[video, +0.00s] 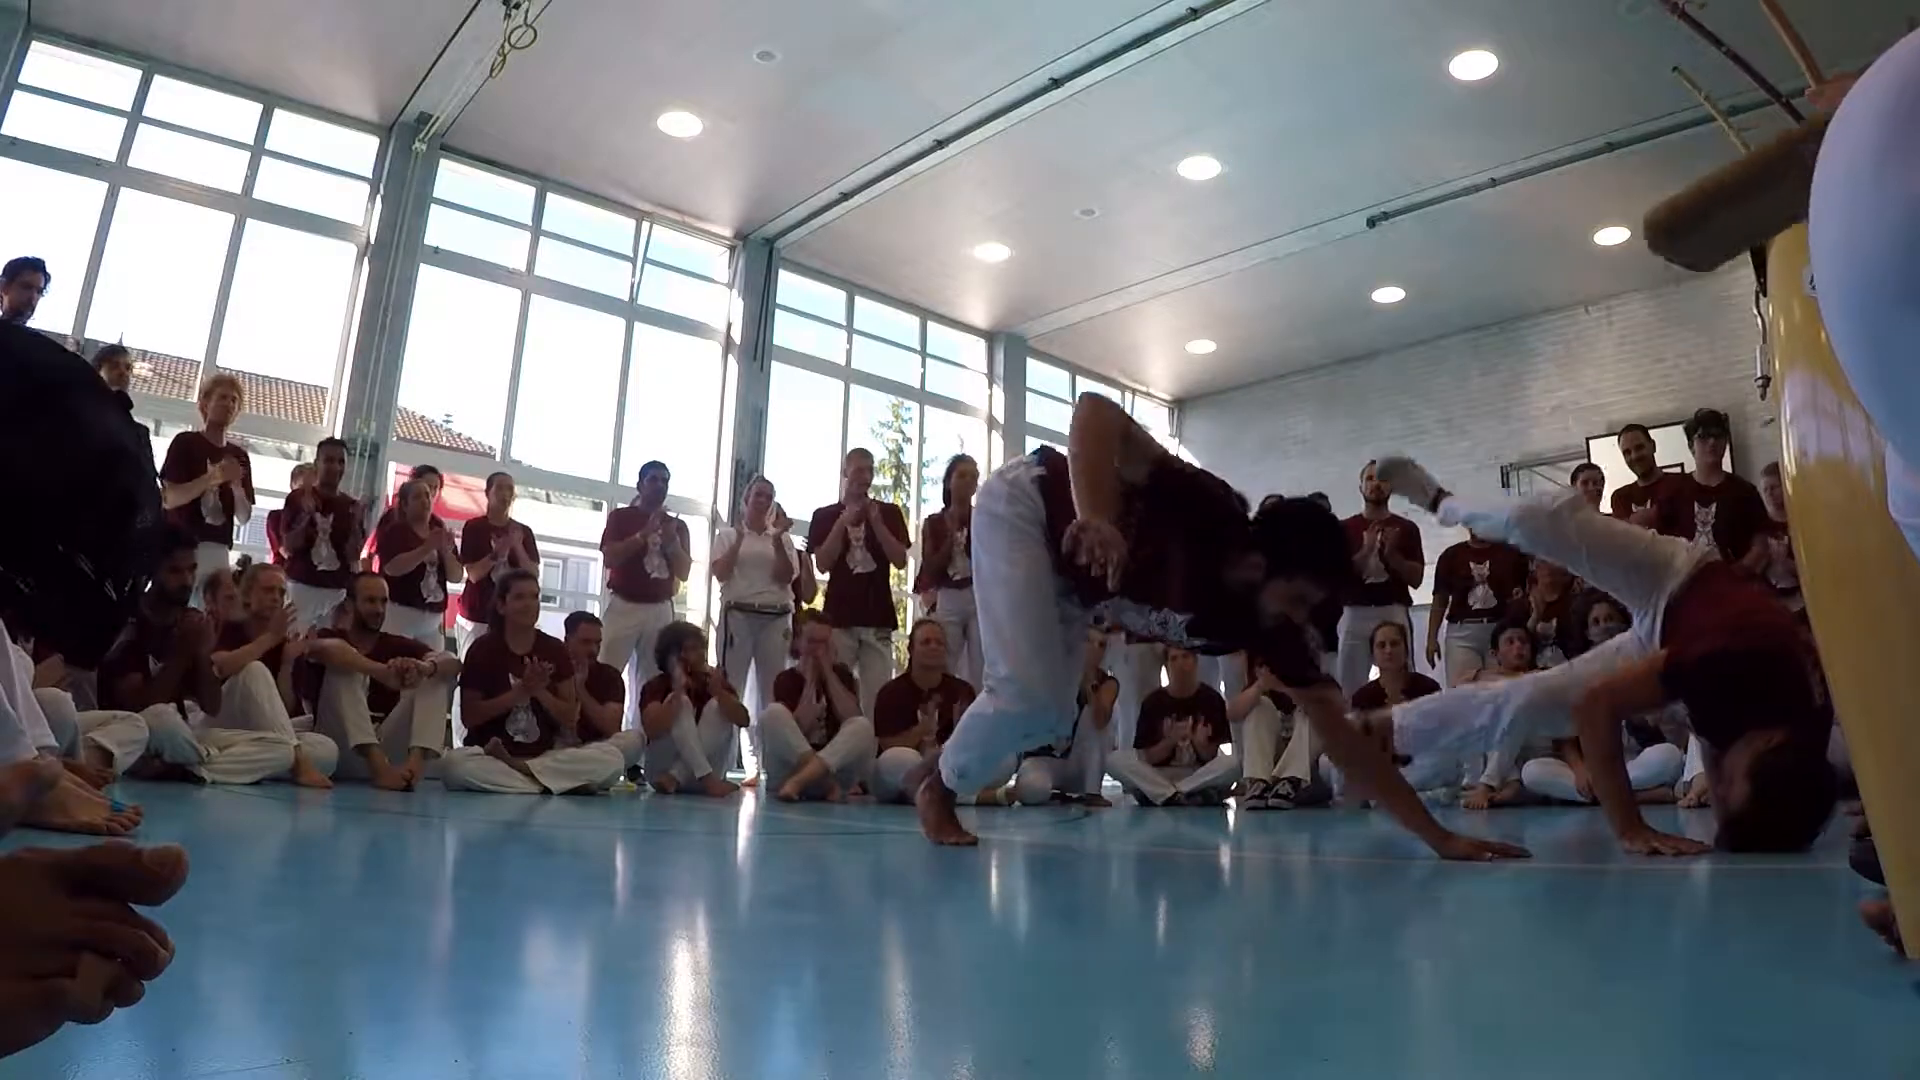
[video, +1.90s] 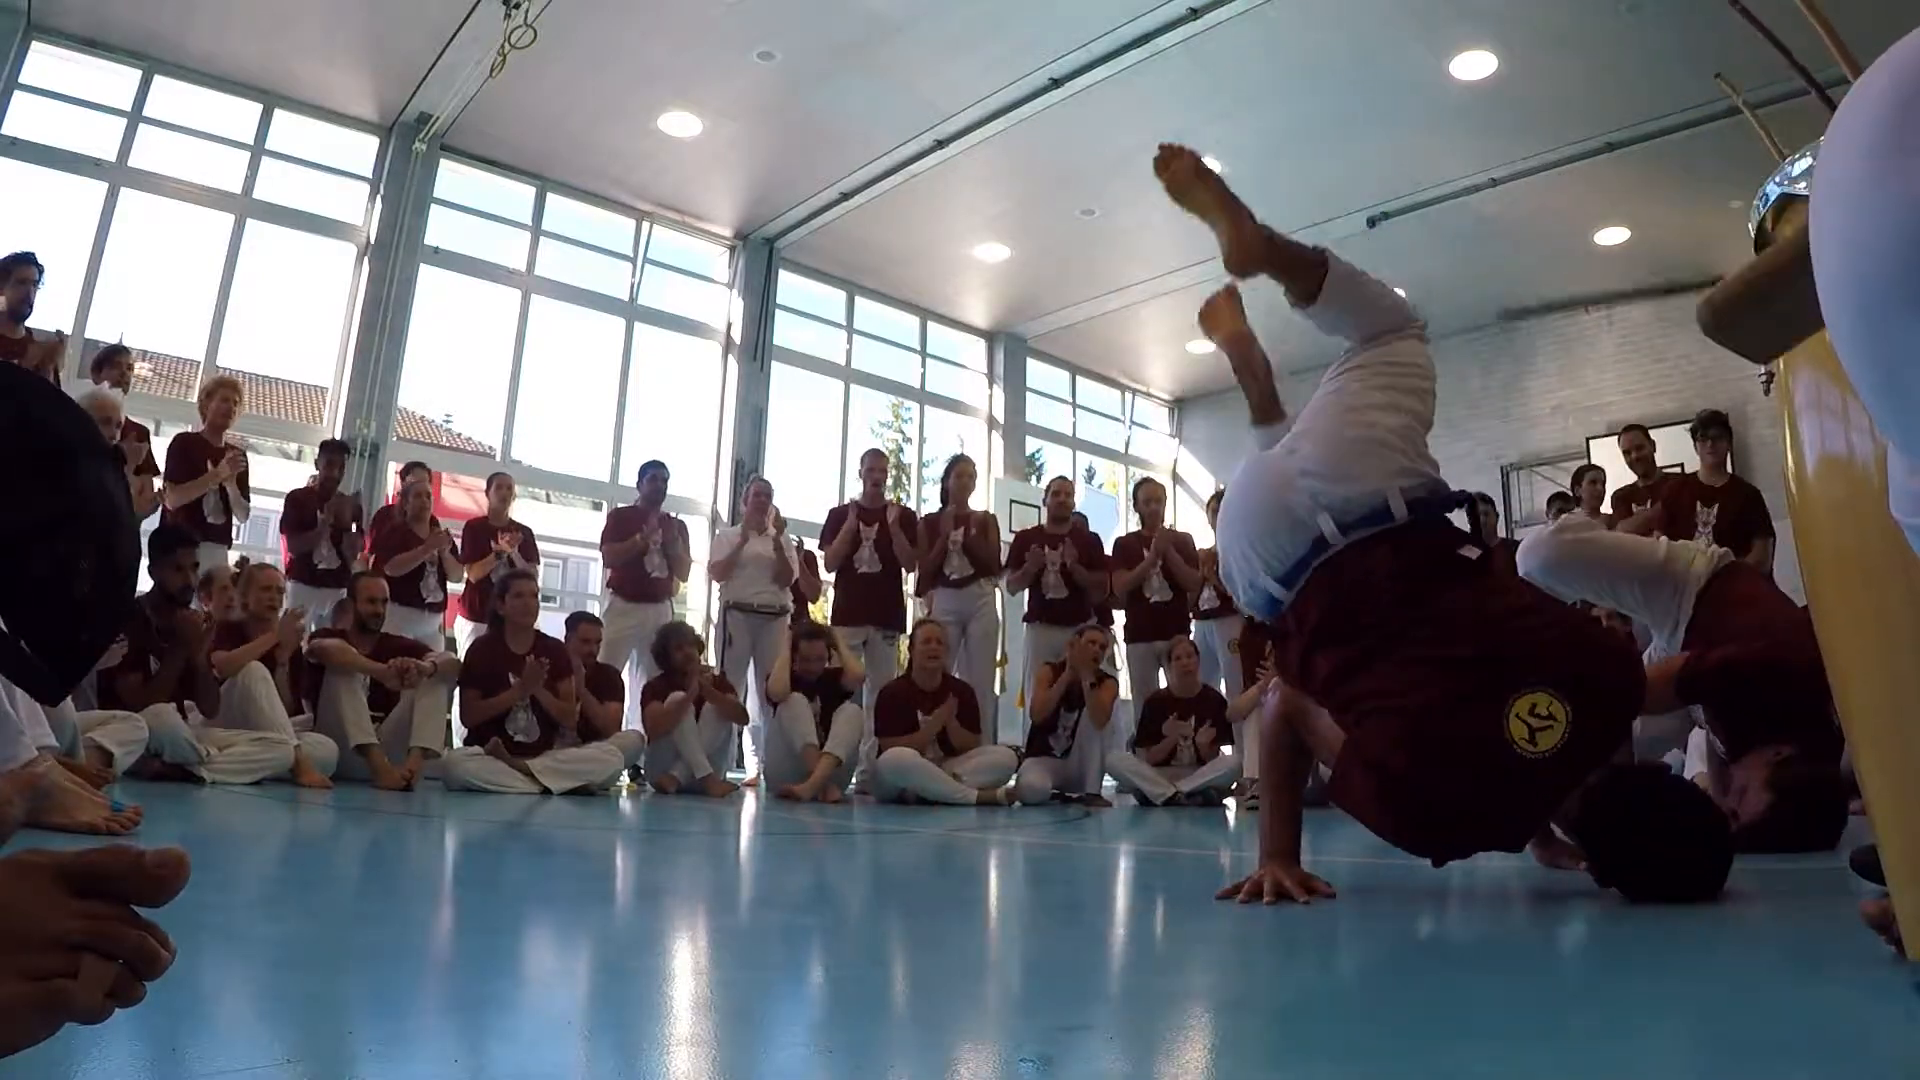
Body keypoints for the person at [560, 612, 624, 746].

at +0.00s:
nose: (593, 650)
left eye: (598, 643)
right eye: (586, 642)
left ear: (601, 643)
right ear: (567, 641)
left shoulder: (610, 675)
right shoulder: (552, 673)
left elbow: (611, 727)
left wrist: (581, 690)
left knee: (635, 738)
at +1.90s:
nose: (593, 650)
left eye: (597, 643)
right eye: (586, 642)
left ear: (601, 643)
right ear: (567, 640)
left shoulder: (609, 674)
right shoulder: (550, 672)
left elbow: (610, 729)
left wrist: (582, 692)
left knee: (634, 739)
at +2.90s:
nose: (592, 645)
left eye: (596, 639)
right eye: (584, 638)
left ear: (600, 640)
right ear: (566, 640)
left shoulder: (609, 675)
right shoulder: (550, 673)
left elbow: (608, 727)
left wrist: (570, 695)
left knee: (634, 738)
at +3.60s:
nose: (591, 646)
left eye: (594, 638)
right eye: (582, 639)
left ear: (598, 639)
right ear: (564, 641)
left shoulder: (609, 674)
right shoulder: (550, 674)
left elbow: (610, 727)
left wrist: (575, 701)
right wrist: (570, 681)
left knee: (634, 739)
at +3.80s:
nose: (591, 646)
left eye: (595, 639)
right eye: (583, 639)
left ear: (599, 640)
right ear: (565, 640)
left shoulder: (609, 674)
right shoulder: (551, 673)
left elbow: (610, 727)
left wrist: (577, 692)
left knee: (634, 739)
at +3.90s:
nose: (591, 646)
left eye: (595, 639)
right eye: (583, 639)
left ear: (599, 640)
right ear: (565, 640)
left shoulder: (609, 675)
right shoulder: (550, 673)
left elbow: (611, 728)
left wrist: (582, 691)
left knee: (634, 738)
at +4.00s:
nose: (591, 646)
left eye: (595, 639)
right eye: (583, 639)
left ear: (600, 640)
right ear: (565, 639)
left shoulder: (610, 676)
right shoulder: (549, 673)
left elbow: (609, 728)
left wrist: (573, 700)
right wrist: (573, 684)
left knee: (633, 739)